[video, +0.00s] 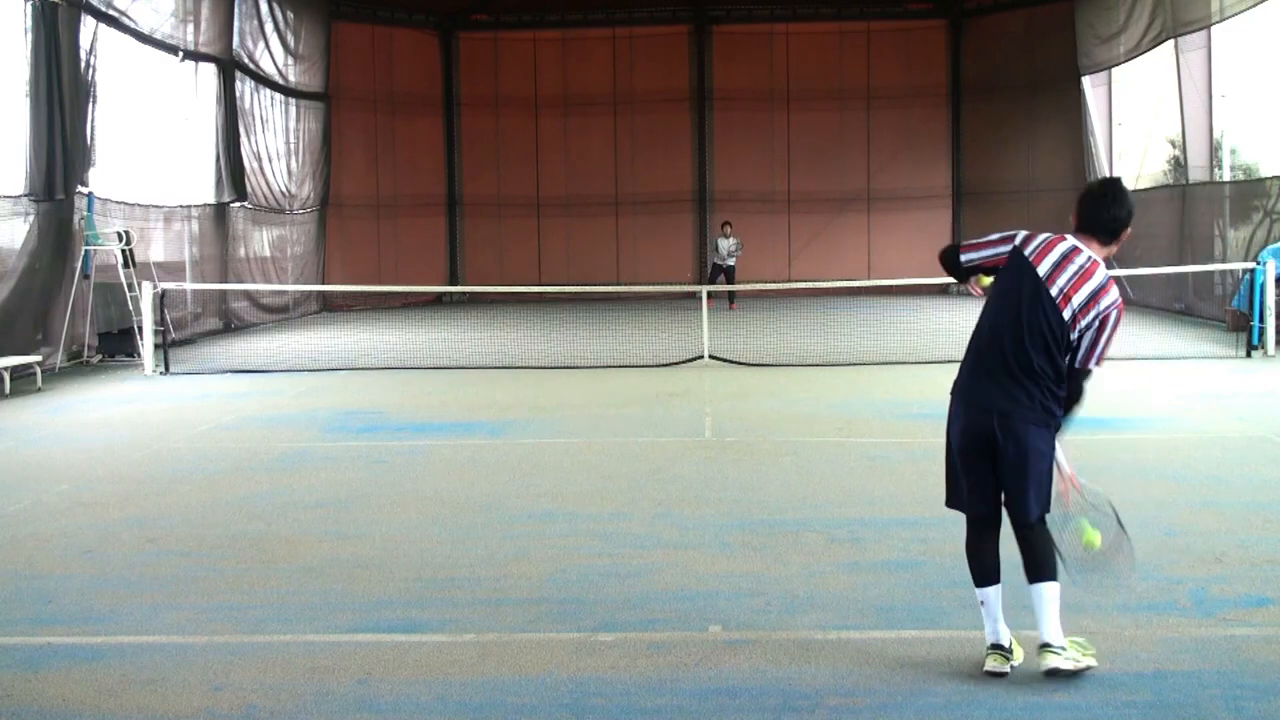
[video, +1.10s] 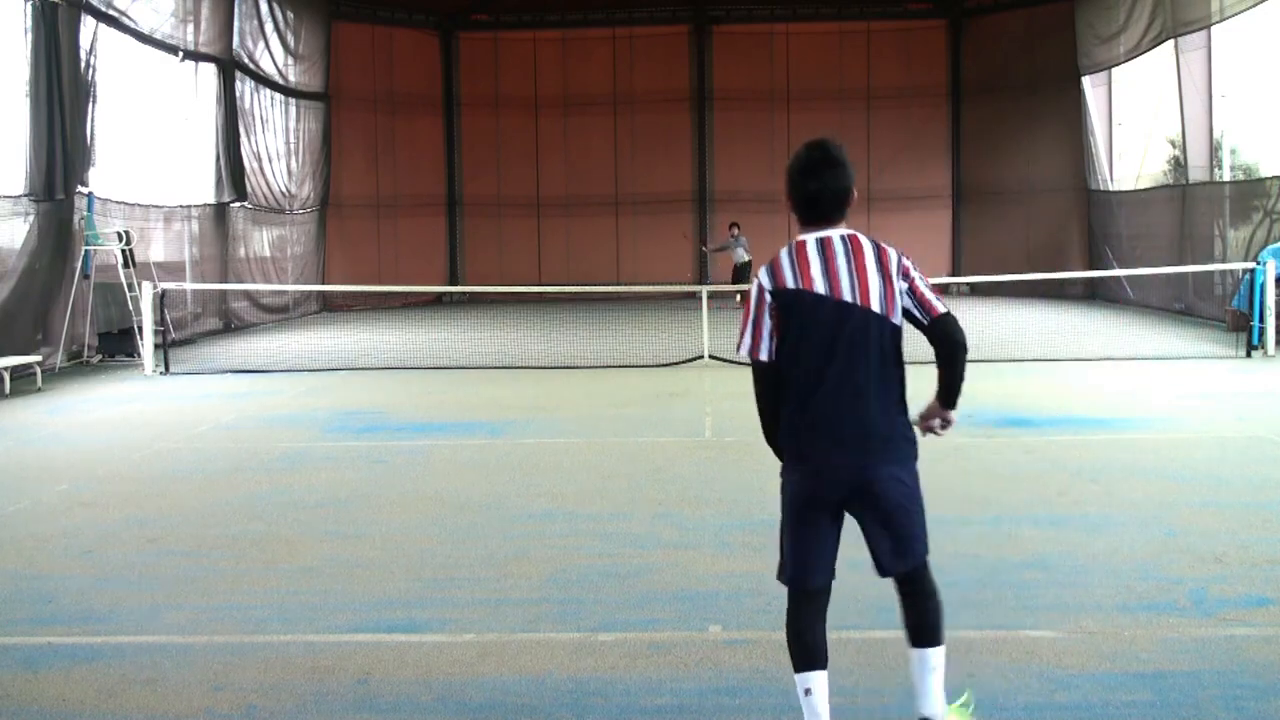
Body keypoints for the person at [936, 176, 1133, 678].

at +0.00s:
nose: (1127, 237)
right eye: (1128, 230)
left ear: (1075, 216)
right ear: (1123, 235)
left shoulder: (1030, 242)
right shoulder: (1109, 299)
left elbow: (950, 255)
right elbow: (1075, 378)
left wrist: (968, 280)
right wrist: (1052, 428)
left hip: (971, 404)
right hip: (1028, 416)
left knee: (981, 519)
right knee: (1030, 520)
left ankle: (997, 642)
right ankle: (1054, 642)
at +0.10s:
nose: (1108, 221)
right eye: (1109, 214)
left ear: (1056, 206)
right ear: (1104, 221)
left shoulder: (1014, 236)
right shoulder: (1095, 290)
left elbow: (929, 251)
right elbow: (1066, 345)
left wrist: (970, 263)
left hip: (968, 400)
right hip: (1027, 411)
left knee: (977, 520)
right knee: (1020, 517)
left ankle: (995, 639)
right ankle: (1018, 637)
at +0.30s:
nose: (1012, 200)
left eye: (1012, 192)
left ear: (1010, 200)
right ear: (1065, 211)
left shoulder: (973, 246)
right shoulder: (1066, 276)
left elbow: (892, 279)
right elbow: (1027, 304)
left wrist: (900, 296)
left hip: (959, 416)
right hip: (1019, 420)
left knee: (971, 528)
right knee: (1012, 533)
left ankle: (997, 638)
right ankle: (986, 639)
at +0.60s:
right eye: (1011, 176)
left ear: (954, 178)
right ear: (1011, 185)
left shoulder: (924, 232)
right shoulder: (1026, 254)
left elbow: (895, 315)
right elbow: (1016, 328)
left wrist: (887, 377)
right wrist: (961, 348)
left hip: (925, 414)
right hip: (989, 418)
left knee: (918, 532)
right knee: (983, 535)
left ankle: (922, 658)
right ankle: (976, 674)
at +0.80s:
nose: (940, 196)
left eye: (904, 188)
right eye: (945, 188)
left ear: (895, 197)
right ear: (952, 197)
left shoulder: (877, 262)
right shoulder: (982, 266)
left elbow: (859, 361)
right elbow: (1019, 349)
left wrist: (860, 427)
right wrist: (998, 406)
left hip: (894, 443)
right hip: (961, 443)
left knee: (855, 560)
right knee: (965, 555)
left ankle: (846, 685)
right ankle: (971, 681)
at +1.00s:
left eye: (827, 198)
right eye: (867, 196)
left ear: (817, 207)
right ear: (875, 203)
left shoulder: (798, 280)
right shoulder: (911, 267)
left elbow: (782, 391)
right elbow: (967, 336)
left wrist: (798, 451)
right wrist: (974, 400)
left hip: (835, 466)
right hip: (909, 463)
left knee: (818, 592)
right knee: (941, 572)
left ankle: (820, 714)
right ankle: (968, 687)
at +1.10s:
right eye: (845, 189)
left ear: (790, 201)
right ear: (851, 198)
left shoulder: (772, 276)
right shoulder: (889, 262)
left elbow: (765, 380)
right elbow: (951, 339)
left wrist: (786, 452)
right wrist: (944, 403)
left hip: (810, 458)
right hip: (885, 453)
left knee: (808, 593)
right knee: (914, 576)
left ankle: (816, 713)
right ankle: (932, 706)